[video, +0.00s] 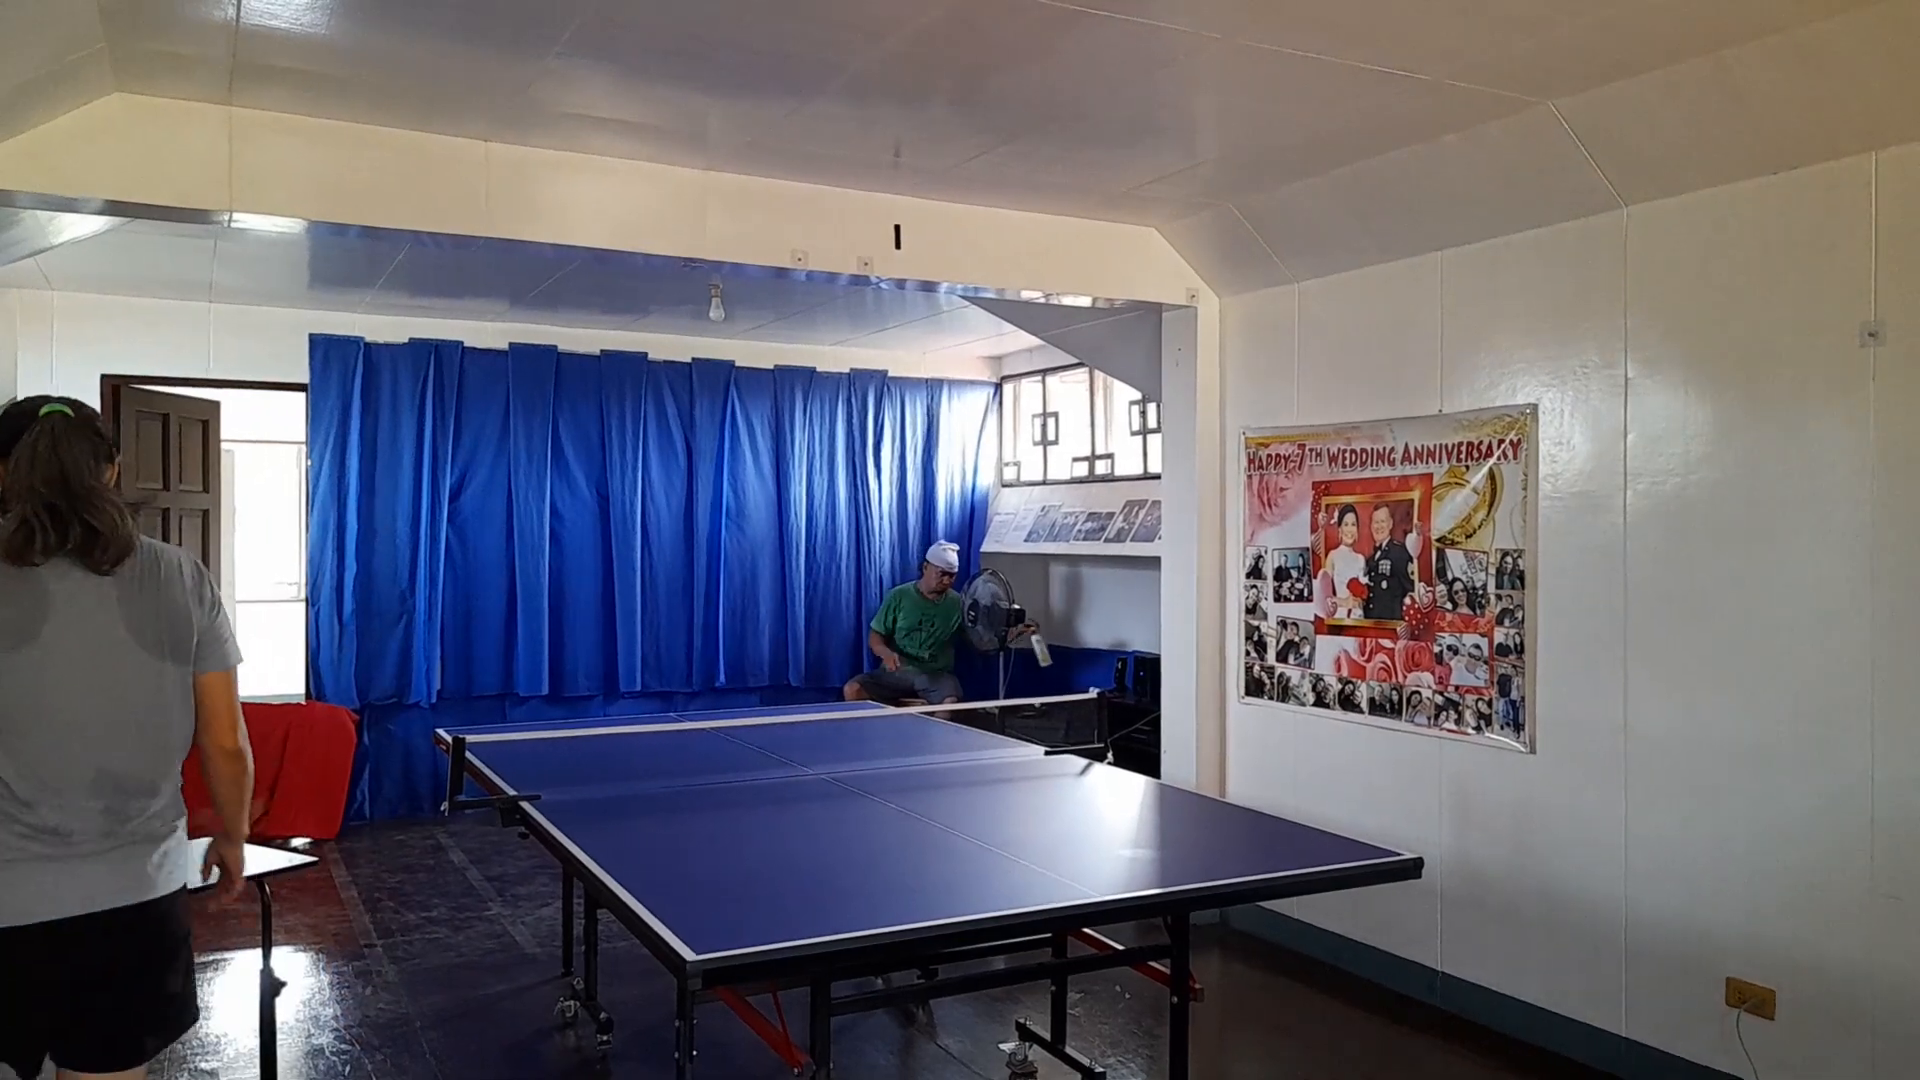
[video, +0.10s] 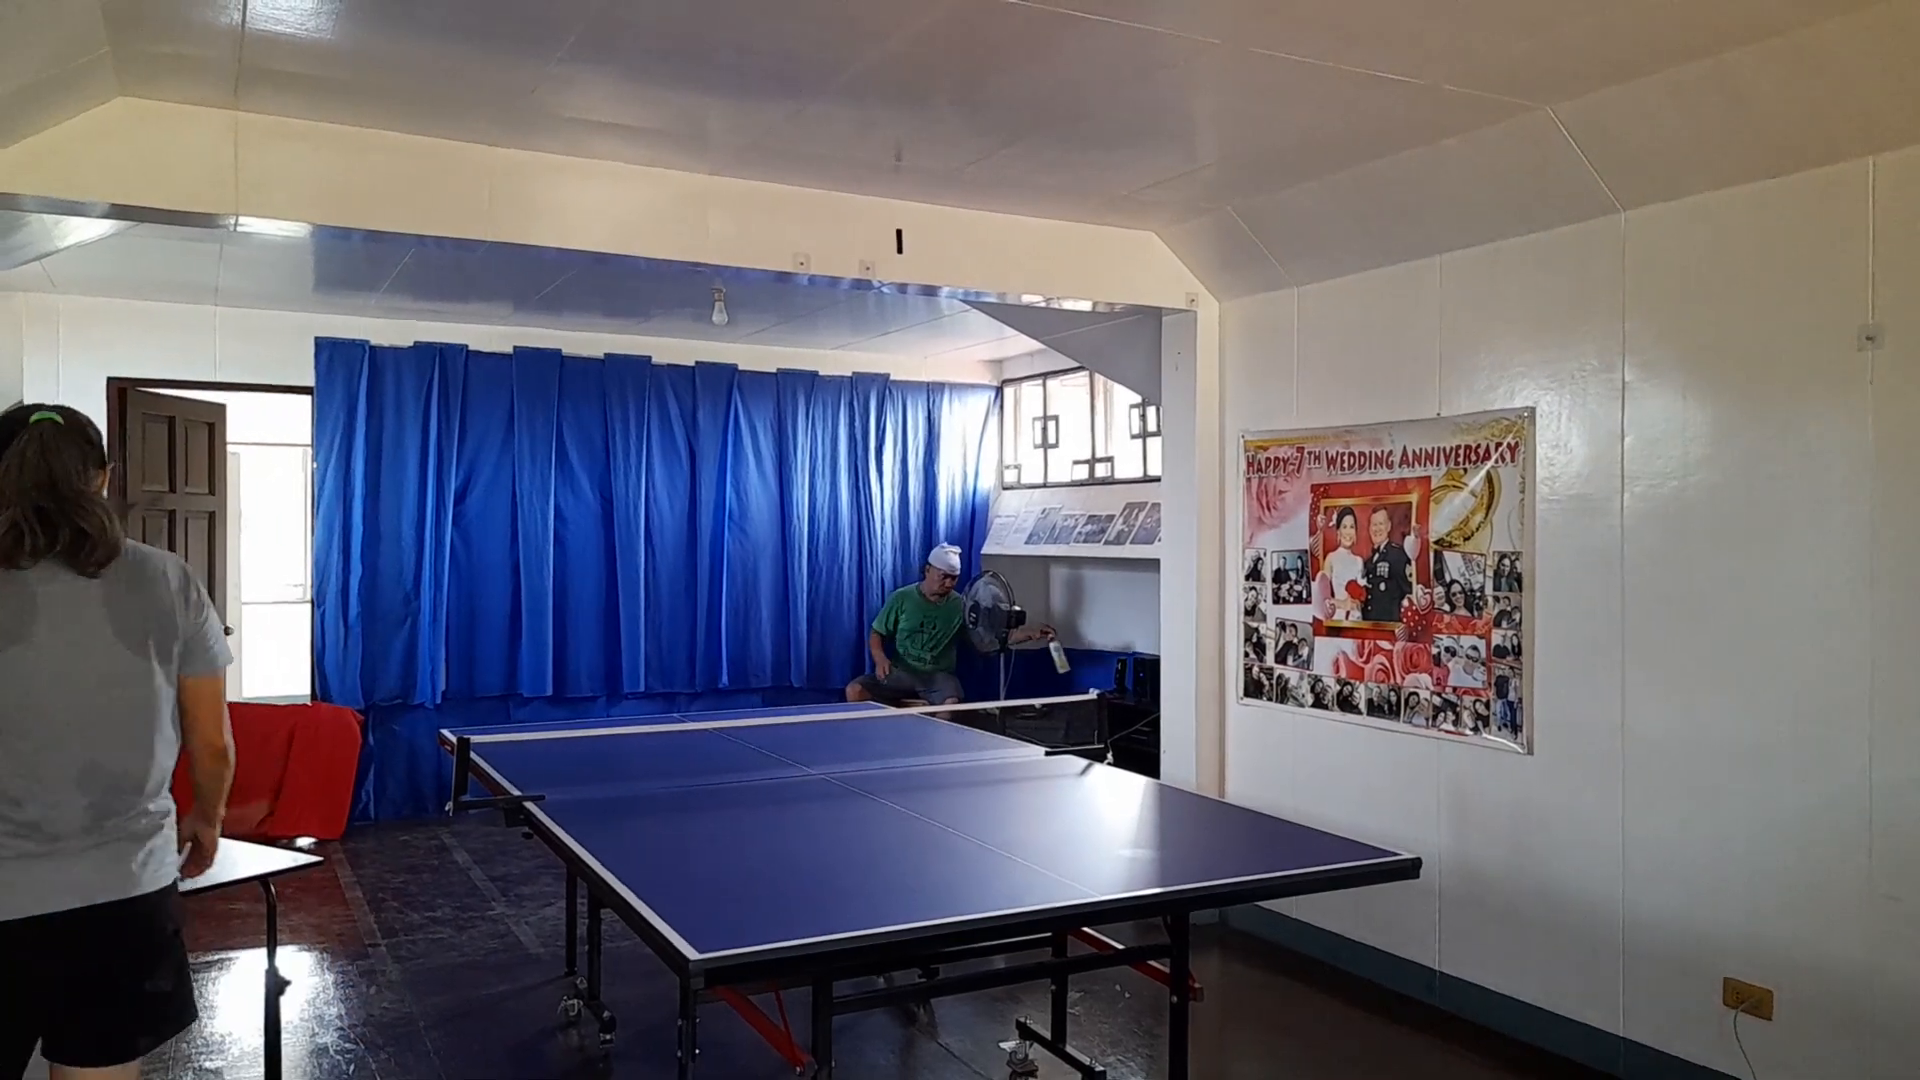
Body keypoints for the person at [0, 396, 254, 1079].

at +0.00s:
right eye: (114, 464)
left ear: (5, 477)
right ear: (109, 475)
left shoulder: (4, 577)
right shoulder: (177, 579)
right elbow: (224, 744)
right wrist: (233, 837)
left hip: (14, 911)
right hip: (139, 905)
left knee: (17, 1067)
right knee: (110, 1067)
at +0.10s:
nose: (110, 478)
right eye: (108, 469)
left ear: (4, 483)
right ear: (99, 480)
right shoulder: (164, 581)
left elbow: (212, 743)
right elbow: (212, 746)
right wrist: (207, 819)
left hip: (13, 901)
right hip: (124, 897)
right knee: (101, 1066)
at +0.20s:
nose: (81, 491)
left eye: (76, 480)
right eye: (82, 481)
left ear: (2, 491)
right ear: (73, 489)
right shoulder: (125, 586)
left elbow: (173, 745)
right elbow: (174, 747)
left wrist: (168, 817)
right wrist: (171, 818)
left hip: (8, 893)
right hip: (96, 889)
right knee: (83, 1061)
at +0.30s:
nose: (49, 499)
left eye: (43, 487)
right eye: (50, 487)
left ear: (32, 492)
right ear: (38, 491)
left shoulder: (78, 589)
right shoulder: (80, 589)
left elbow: (131, 747)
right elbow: (132, 748)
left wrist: (136, 820)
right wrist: (140, 821)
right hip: (55, 872)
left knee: (53, 1059)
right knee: (66, 1060)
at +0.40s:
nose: (22, 503)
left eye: (20, 491)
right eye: (24, 491)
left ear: (13, 485)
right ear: (15, 485)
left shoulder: (44, 578)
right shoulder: (43, 578)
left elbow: (89, 736)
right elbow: (89, 738)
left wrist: (104, 812)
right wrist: (107, 818)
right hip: (28, 858)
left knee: (43, 1042)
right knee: (41, 1047)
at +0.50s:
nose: (12, 485)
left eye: (8, 475)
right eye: (13, 474)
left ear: (4, 473)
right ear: (6, 473)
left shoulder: (19, 571)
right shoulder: (14, 570)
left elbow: (49, 728)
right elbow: (50, 729)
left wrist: (77, 807)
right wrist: (81, 809)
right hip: (7, 842)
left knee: (32, 1021)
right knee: (27, 1027)